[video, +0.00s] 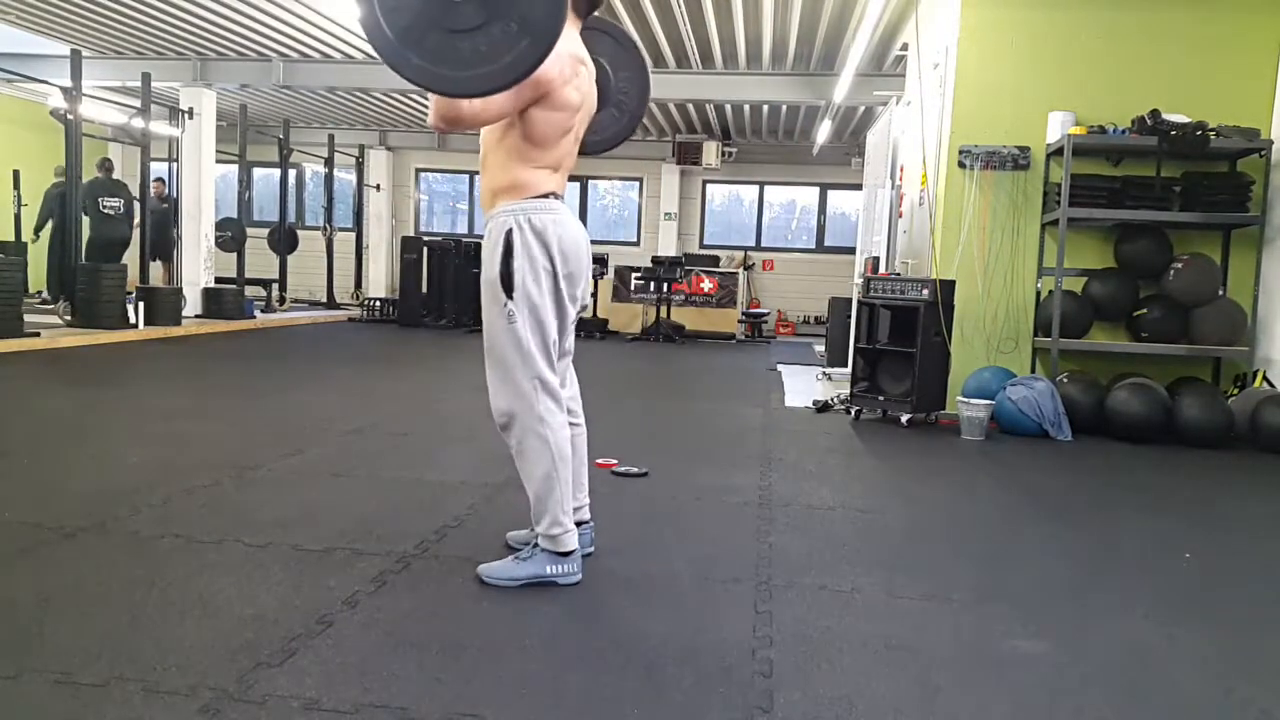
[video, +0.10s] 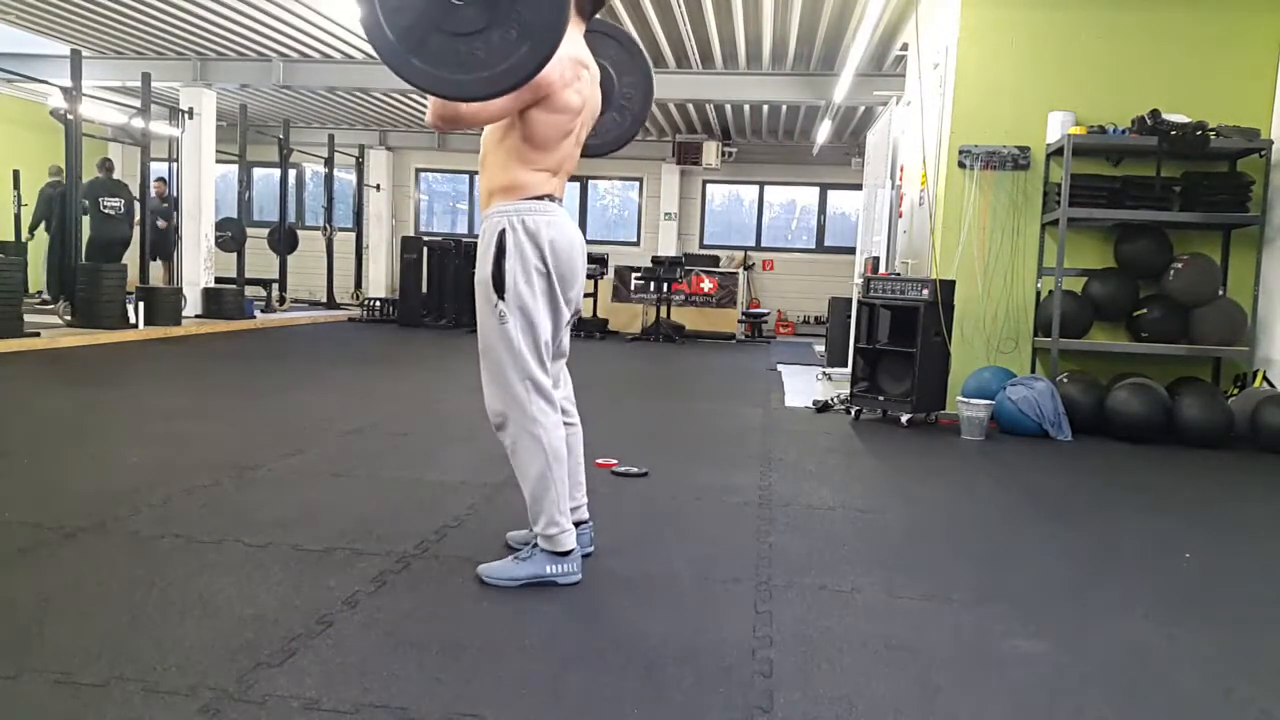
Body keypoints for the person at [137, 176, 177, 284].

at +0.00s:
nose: (155, 190)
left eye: (157, 187)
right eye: (153, 187)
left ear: (164, 187)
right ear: (151, 188)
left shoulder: (172, 201)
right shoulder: (149, 201)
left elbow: (177, 218)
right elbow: (143, 217)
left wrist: (177, 233)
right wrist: (133, 225)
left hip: (166, 238)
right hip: (150, 236)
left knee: (166, 265)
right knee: (145, 263)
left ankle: (166, 289)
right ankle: (143, 288)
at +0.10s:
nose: (155, 190)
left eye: (158, 187)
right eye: (154, 187)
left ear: (165, 187)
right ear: (153, 188)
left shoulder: (173, 201)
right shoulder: (150, 201)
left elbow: (179, 218)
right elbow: (146, 216)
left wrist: (168, 224)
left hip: (166, 238)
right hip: (150, 237)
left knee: (166, 265)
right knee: (144, 263)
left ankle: (166, 289)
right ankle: (143, 287)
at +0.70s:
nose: (152, 187)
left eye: (155, 185)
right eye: (151, 185)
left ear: (162, 187)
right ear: (149, 187)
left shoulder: (168, 203)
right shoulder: (148, 202)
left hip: (162, 240)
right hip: (148, 239)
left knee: (164, 267)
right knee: (144, 264)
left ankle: (166, 288)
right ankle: (145, 287)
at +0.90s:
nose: (149, 189)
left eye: (151, 186)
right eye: (147, 186)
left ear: (157, 187)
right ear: (146, 188)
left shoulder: (164, 202)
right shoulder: (144, 202)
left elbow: (168, 222)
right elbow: (141, 222)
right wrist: (138, 238)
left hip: (160, 236)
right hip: (146, 236)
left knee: (161, 262)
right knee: (147, 263)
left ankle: (164, 284)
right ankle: (147, 285)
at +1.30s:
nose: (151, 189)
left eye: (154, 186)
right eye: (150, 186)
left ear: (158, 188)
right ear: (147, 188)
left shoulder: (165, 201)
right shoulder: (144, 200)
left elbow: (169, 222)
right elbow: (137, 215)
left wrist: (159, 226)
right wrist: (131, 228)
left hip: (163, 236)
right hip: (149, 236)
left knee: (164, 260)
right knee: (150, 261)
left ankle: (167, 283)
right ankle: (150, 283)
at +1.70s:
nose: (165, 191)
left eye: (168, 188)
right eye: (163, 188)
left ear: (173, 189)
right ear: (160, 189)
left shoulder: (177, 202)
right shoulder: (155, 203)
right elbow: (149, 220)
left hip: (175, 234)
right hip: (160, 233)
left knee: (176, 263)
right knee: (155, 263)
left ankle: (177, 289)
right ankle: (152, 288)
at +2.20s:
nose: (174, 191)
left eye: (175, 189)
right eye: (172, 189)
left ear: (178, 190)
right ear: (169, 190)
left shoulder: (182, 203)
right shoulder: (164, 203)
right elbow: (160, 217)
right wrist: (162, 229)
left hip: (179, 235)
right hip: (167, 234)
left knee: (177, 263)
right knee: (160, 263)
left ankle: (178, 287)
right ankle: (153, 287)